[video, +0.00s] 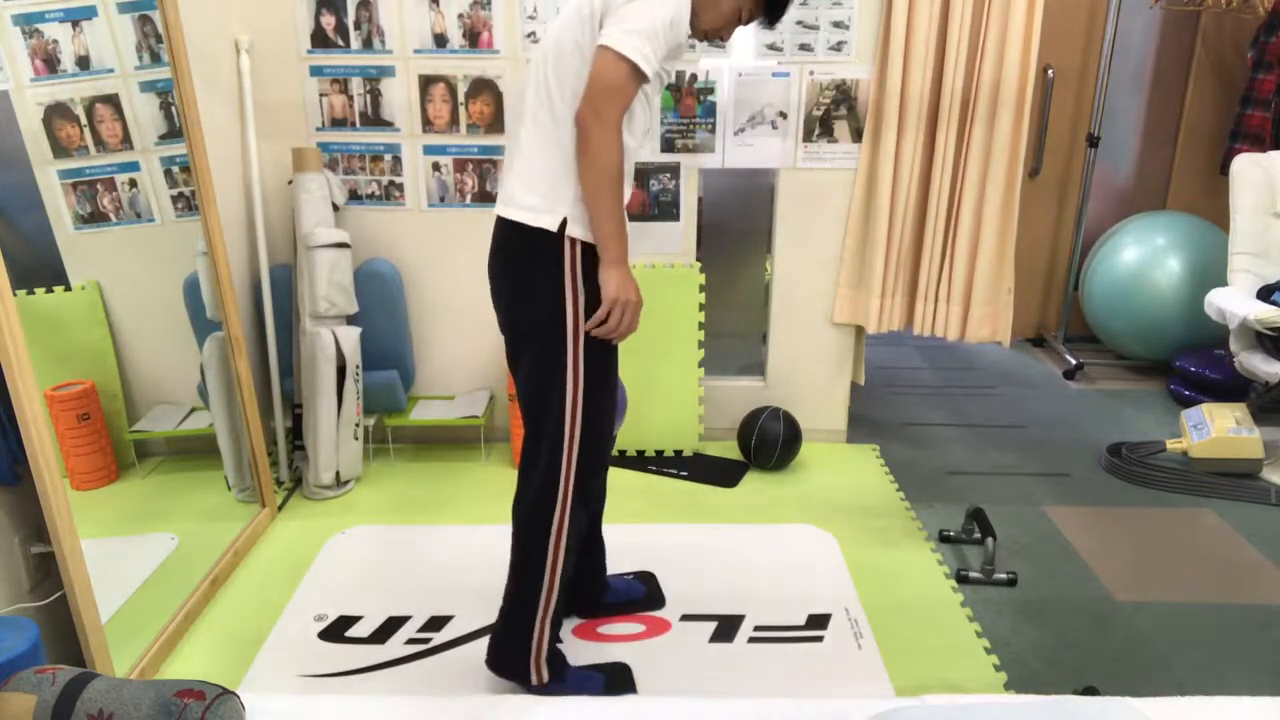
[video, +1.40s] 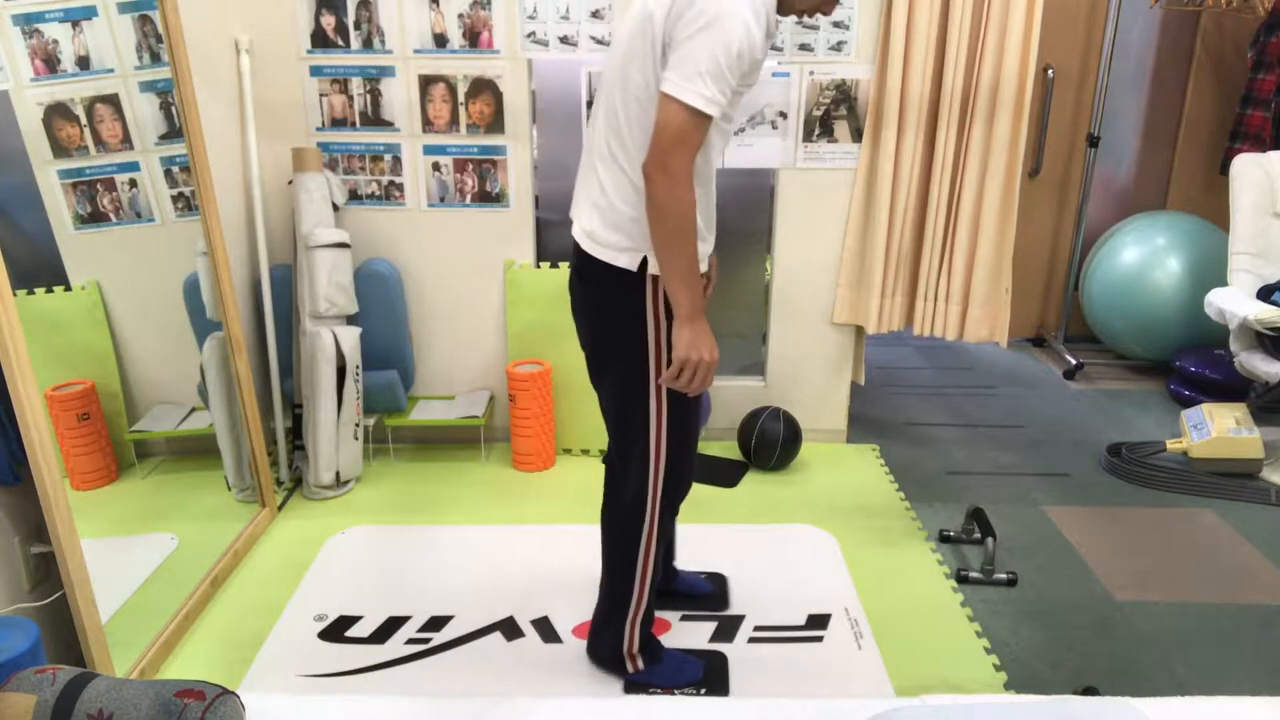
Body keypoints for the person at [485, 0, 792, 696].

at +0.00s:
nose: (726, 35)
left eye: (740, 27)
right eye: (742, 19)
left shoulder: (621, 13)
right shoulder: (657, 7)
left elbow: (577, 122)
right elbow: (595, 115)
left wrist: (601, 254)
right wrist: (615, 262)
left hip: (559, 239)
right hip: (551, 241)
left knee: (590, 423)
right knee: (566, 442)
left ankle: (580, 586)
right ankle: (523, 653)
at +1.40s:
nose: (830, 8)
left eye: (836, 3)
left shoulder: (725, 11)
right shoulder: (729, 18)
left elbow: (677, 150)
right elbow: (665, 165)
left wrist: (696, 250)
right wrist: (689, 314)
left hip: (647, 261)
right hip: (633, 269)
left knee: (669, 439)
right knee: (647, 455)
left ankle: (651, 573)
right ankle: (624, 646)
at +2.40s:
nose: (900, 22)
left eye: (913, 14)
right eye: (914, 8)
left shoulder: (767, 7)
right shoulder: (825, 9)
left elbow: (727, 133)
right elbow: (761, 140)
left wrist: (763, 252)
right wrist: (794, 271)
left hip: (675, 240)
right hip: (705, 249)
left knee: (688, 427)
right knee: (723, 450)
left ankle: (653, 569)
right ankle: (712, 646)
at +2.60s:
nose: (939, 61)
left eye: (953, 52)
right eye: (951, 46)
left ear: (922, 0)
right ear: (933, 6)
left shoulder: (825, 9)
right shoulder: (871, 33)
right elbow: (815, 187)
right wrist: (819, 314)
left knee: (699, 425)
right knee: (736, 455)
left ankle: (666, 562)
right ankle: (714, 647)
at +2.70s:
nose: (948, 102)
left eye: (962, 96)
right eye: (962, 87)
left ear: (943, 30)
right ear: (951, 43)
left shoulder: (862, 22)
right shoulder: (892, 70)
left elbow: (717, 88)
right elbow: (837, 231)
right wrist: (816, 339)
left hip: (675, 230)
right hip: (698, 251)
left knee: (713, 430)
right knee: (738, 452)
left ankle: (698, 565)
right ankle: (711, 648)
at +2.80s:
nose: (941, 143)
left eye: (956, 140)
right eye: (956, 132)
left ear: (949, 72)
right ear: (956, 88)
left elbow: (726, 100)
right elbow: (834, 266)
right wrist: (803, 363)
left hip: (680, 227)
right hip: (689, 249)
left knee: (747, 424)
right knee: (735, 452)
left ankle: (721, 564)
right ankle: (710, 645)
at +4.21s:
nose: (975, 132)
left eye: (992, 126)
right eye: (991, 119)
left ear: (981, 67)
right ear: (985, 75)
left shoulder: (892, 56)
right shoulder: (932, 79)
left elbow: (777, 159)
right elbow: (851, 196)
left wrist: (808, 282)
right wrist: (863, 354)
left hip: (708, 232)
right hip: (722, 247)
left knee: (750, 417)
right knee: (757, 450)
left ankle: (716, 559)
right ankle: (743, 646)